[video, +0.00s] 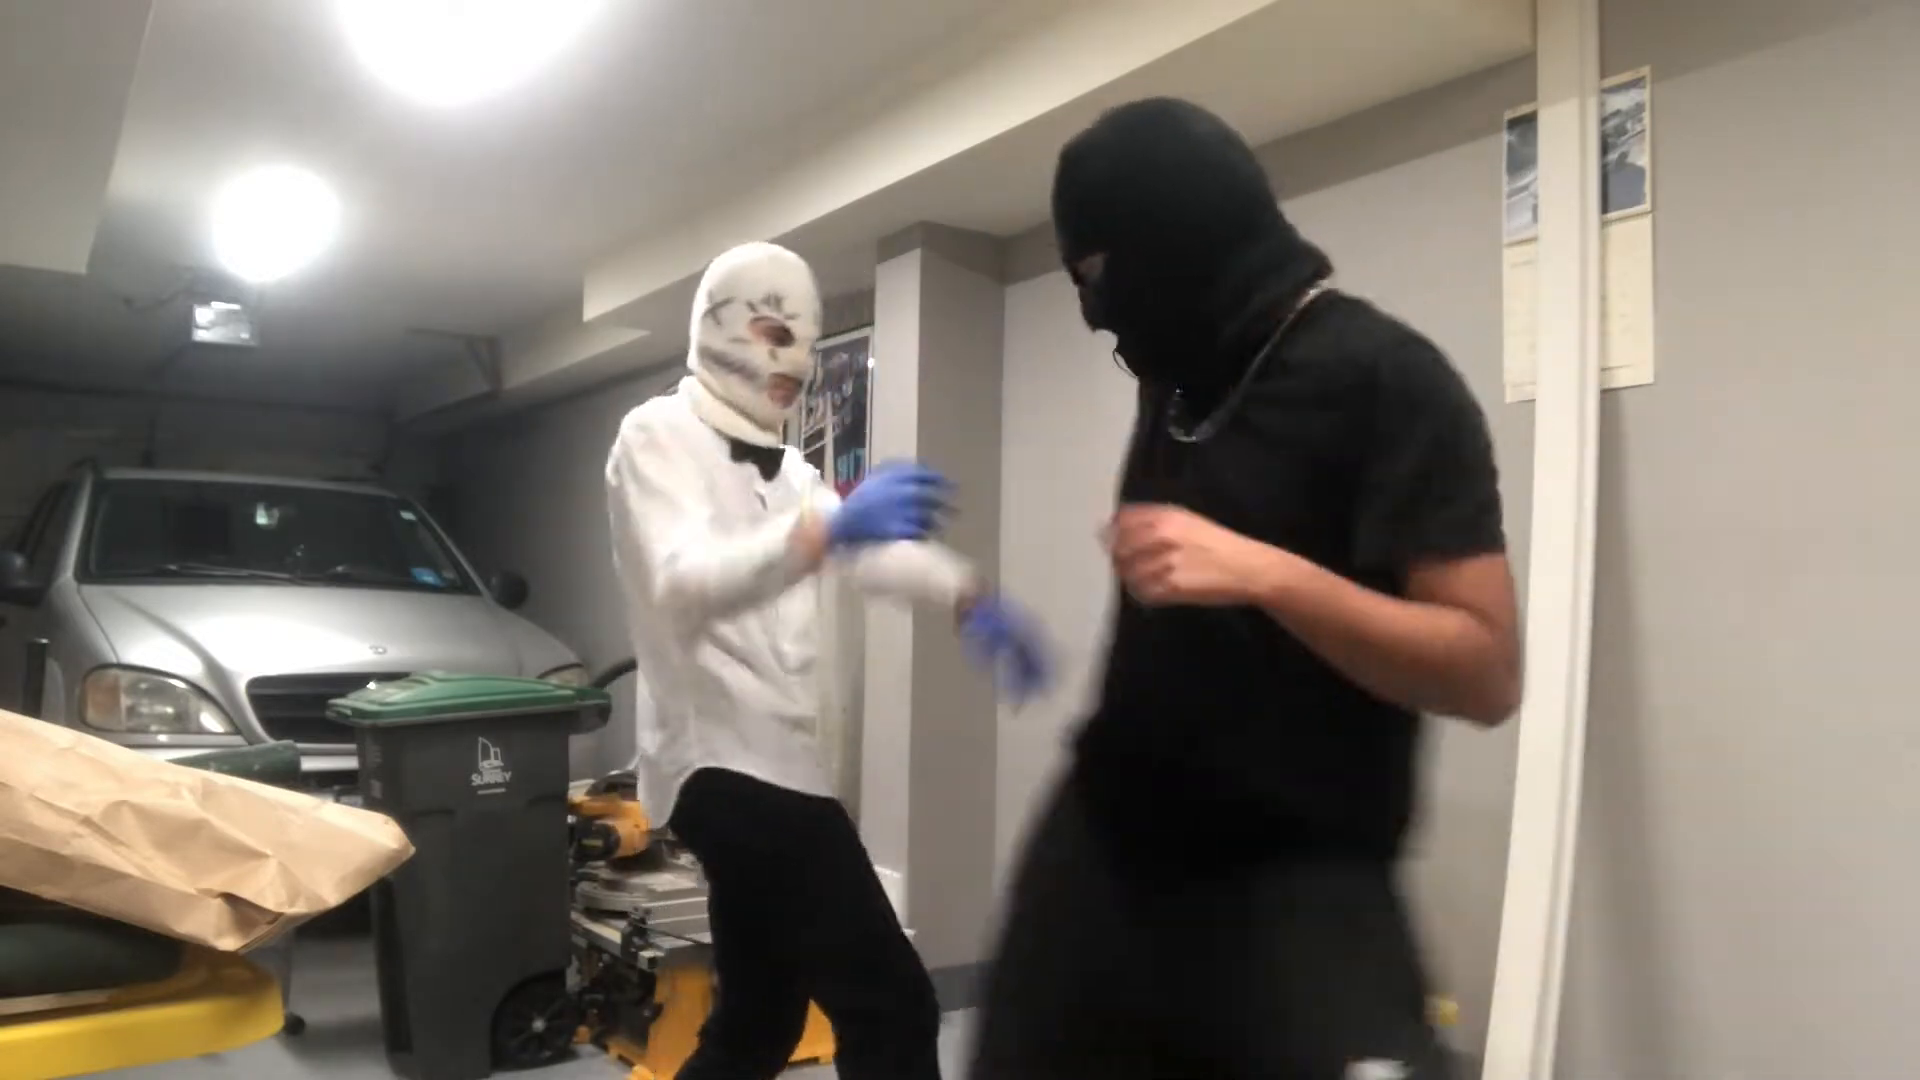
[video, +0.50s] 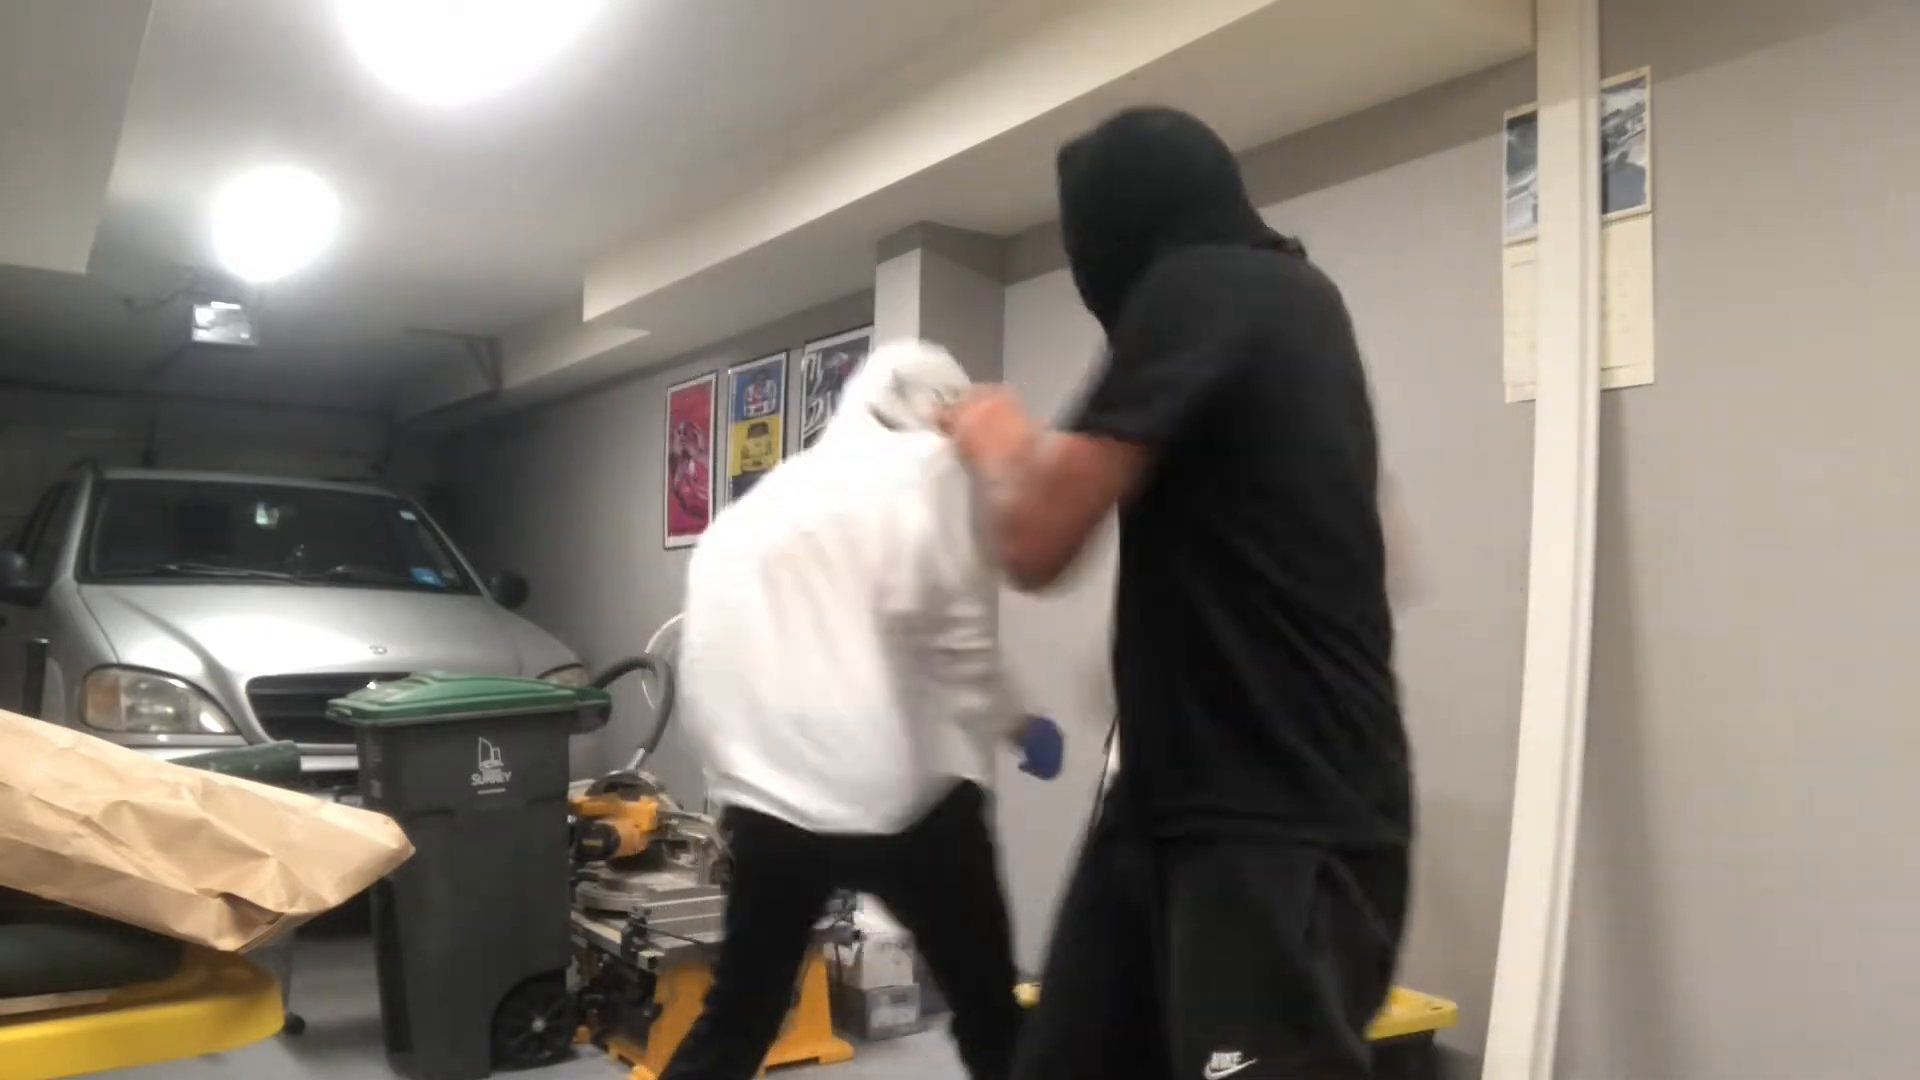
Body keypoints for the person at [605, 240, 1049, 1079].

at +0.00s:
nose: (785, 341)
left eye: (798, 328)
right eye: (764, 318)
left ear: (806, 347)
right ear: (712, 324)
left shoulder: (791, 472)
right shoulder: (659, 433)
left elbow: (863, 554)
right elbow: (679, 585)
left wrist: (966, 593)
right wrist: (823, 531)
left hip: (788, 767)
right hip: (725, 767)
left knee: (754, 1024)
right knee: (892, 1008)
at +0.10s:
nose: (807, 347)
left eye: (818, 328)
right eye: (788, 322)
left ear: (829, 340)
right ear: (733, 320)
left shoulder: (793, 465)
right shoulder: (670, 432)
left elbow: (847, 586)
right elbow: (663, 603)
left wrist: (925, 666)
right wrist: (820, 620)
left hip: (786, 752)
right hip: (722, 752)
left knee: (747, 1011)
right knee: (890, 980)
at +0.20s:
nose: (838, 361)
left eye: (851, 341)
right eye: (820, 332)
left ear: (858, 346)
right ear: (765, 322)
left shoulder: (770, 446)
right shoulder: (709, 420)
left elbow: (799, 620)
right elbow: (669, 603)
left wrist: (912, 674)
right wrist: (827, 659)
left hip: (764, 745)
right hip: (739, 748)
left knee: (732, 1011)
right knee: (917, 952)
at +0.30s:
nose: (878, 375)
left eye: (881, 356)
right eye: (872, 350)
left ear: (807, 334)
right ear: (830, 334)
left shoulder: (775, 428)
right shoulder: (756, 420)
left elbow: (792, 618)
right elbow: (736, 578)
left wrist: (921, 694)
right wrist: (882, 665)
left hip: (738, 759)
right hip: (769, 744)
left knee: (726, 1013)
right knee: (953, 964)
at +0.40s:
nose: (907, 403)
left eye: (913, 384)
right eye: (903, 378)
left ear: (823, 360)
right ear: (873, 362)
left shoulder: (732, 465)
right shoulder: (839, 434)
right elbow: (822, 594)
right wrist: (942, 697)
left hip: (740, 783)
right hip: (839, 772)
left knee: (724, 1021)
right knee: (961, 1003)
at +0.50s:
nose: (963, 426)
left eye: (964, 412)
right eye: (959, 411)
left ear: (858, 401)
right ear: (939, 406)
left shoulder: (766, 494)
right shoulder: (935, 468)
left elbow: (706, 657)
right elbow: (957, 637)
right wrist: (1021, 724)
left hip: (772, 814)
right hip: (909, 806)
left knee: (735, 1021)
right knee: (988, 1014)